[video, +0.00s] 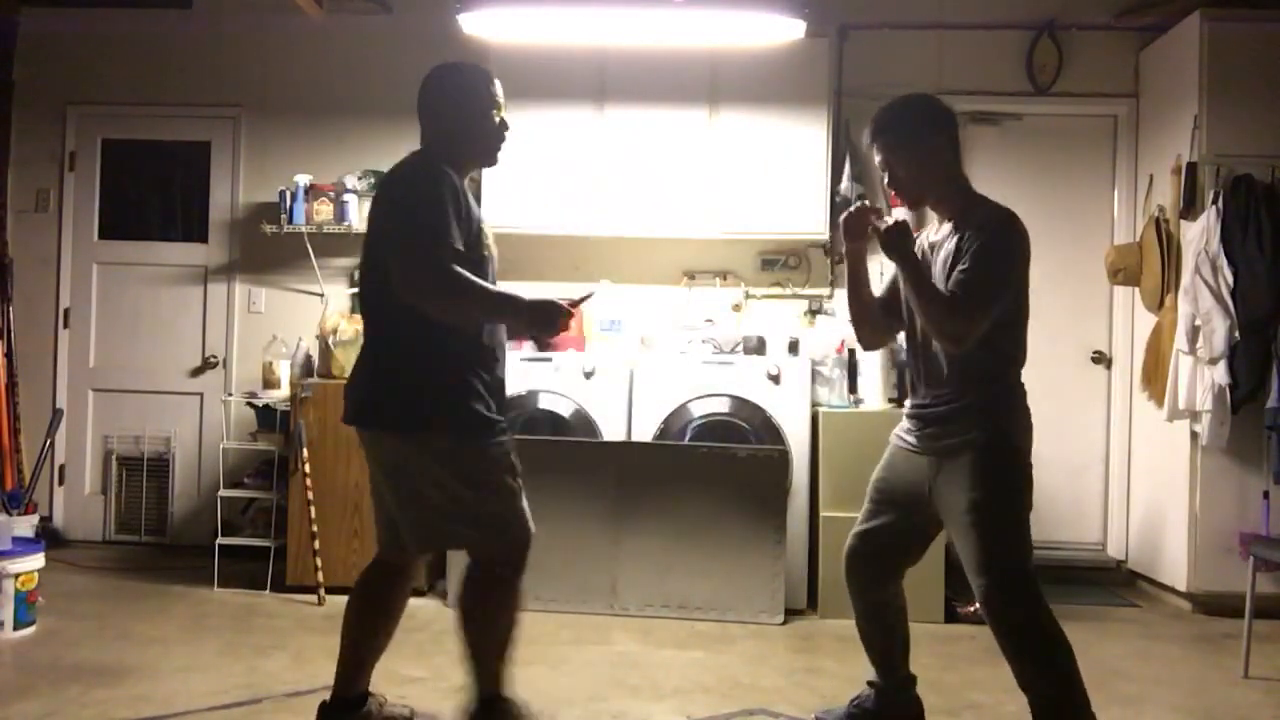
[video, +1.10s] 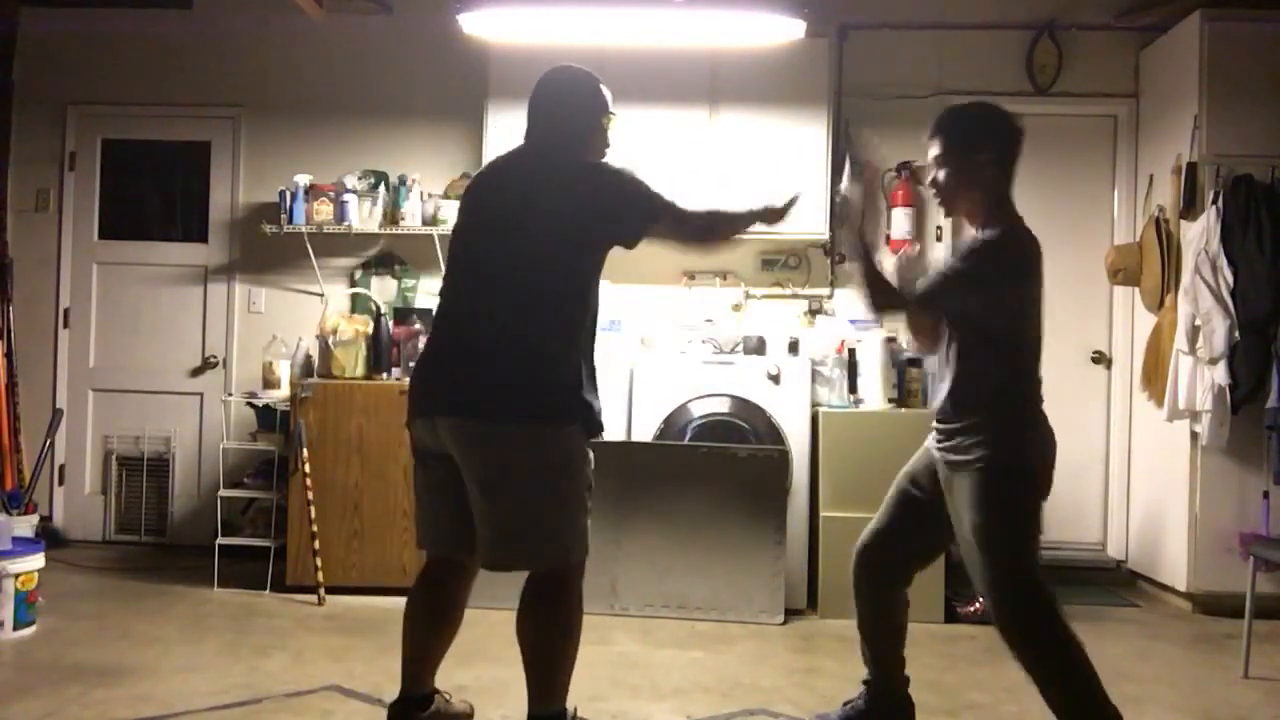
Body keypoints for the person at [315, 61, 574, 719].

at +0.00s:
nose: (505, 126)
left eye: (502, 111)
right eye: (493, 110)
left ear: (446, 117)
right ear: (450, 115)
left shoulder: (434, 185)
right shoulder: (428, 180)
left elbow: (432, 291)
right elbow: (421, 279)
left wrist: (517, 320)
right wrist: (521, 312)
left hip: (396, 405)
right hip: (439, 407)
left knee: (398, 556)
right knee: (505, 543)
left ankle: (347, 701)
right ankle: (491, 702)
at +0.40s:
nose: (531, 147)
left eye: (531, 134)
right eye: (524, 133)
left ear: (465, 127)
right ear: (496, 130)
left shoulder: (414, 183)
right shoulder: (482, 185)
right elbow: (481, 286)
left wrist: (531, 243)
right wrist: (528, 364)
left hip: (378, 401)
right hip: (458, 406)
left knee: (381, 556)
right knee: (510, 563)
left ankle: (344, 699)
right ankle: (535, 709)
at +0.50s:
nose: (552, 148)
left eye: (552, 134)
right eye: (546, 133)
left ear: (486, 126)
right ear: (521, 130)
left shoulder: (433, 185)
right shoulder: (512, 191)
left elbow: (421, 287)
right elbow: (538, 281)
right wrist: (601, 346)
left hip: (393, 404)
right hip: (479, 409)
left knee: (389, 554)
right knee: (524, 562)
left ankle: (345, 700)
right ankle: (540, 710)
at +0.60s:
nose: (576, 143)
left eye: (576, 129)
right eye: (571, 129)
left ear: (506, 124)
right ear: (547, 128)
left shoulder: (449, 188)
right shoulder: (548, 194)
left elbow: (465, 277)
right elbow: (620, 267)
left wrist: (547, 293)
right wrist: (679, 311)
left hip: (414, 404)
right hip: (503, 412)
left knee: (402, 555)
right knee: (544, 562)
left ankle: (348, 696)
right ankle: (545, 711)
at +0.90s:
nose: (612, 135)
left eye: (611, 122)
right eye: (608, 121)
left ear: (537, 119)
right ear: (590, 123)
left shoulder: (480, 181)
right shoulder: (602, 193)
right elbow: (684, 254)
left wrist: (603, 241)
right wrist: (633, 242)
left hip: (441, 398)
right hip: (538, 409)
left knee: (451, 552)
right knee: (563, 562)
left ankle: (414, 699)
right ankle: (549, 713)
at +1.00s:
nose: (614, 135)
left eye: (614, 123)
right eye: (610, 122)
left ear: (541, 119)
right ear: (592, 122)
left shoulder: (486, 181)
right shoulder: (601, 186)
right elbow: (693, 214)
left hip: (440, 398)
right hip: (535, 406)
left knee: (450, 556)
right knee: (563, 562)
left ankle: (413, 699)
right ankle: (550, 711)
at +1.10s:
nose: (611, 132)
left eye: (609, 119)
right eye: (605, 119)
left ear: (536, 119)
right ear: (585, 121)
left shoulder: (485, 182)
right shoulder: (595, 183)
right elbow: (693, 229)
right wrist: (759, 217)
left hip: (437, 395)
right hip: (529, 405)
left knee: (450, 556)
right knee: (556, 564)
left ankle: (413, 699)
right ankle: (548, 714)